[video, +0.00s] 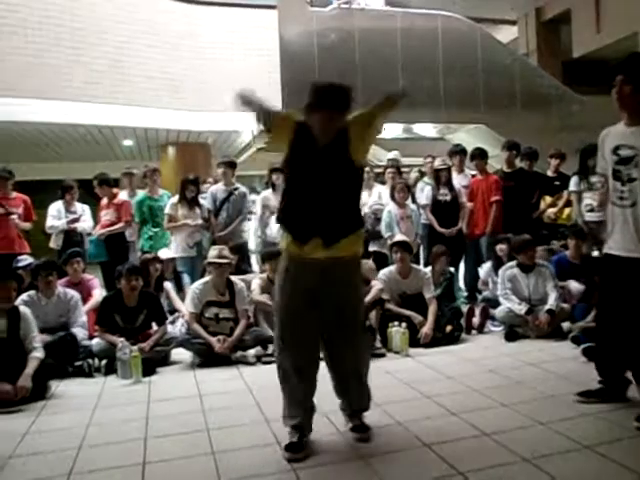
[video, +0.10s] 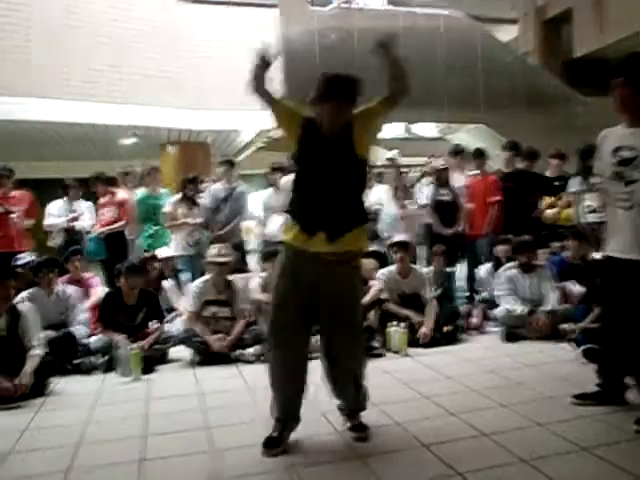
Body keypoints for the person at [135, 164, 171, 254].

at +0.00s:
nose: (154, 178)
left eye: (157, 175)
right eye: (151, 176)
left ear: (160, 177)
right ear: (146, 179)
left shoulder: (167, 196)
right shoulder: (140, 200)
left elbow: (171, 218)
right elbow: (137, 223)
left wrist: (174, 239)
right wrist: (136, 242)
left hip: (165, 240)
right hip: (147, 241)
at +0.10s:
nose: (157, 179)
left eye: (158, 175)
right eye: (153, 175)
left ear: (161, 177)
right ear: (147, 178)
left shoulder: (166, 194)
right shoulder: (140, 196)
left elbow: (171, 214)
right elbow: (138, 218)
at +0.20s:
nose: (157, 173)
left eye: (159, 169)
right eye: (153, 170)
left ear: (162, 172)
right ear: (149, 173)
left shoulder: (169, 190)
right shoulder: (143, 193)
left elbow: (173, 212)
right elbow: (140, 215)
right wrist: (138, 234)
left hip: (167, 233)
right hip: (150, 234)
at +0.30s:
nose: (153, 170)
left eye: (155, 167)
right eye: (150, 168)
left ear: (159, 169)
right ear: (145, 171)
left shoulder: (166, 188)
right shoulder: (138, 191)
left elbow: (169, 210)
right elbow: (136, 213)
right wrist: (134, 232)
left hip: (163, 232)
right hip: (146, 232)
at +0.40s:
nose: (151, 172)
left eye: (153, 168)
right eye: (148, 169)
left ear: (157, 170)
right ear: (143, 171)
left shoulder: (164, 188)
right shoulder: (137, 191)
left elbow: (168, 210)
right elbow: (135, 214)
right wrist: (133, 233)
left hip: (162, 231)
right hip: (144, 232)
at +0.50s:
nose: (146, 169)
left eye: (148, 166)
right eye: (142, 166)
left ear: (152, 168)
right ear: (137, 170)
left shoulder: (159, 187)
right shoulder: (132, 190)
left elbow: (163, 208)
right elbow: (129, 213)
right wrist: (127, 233)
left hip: (157, 230)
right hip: (139, 231)